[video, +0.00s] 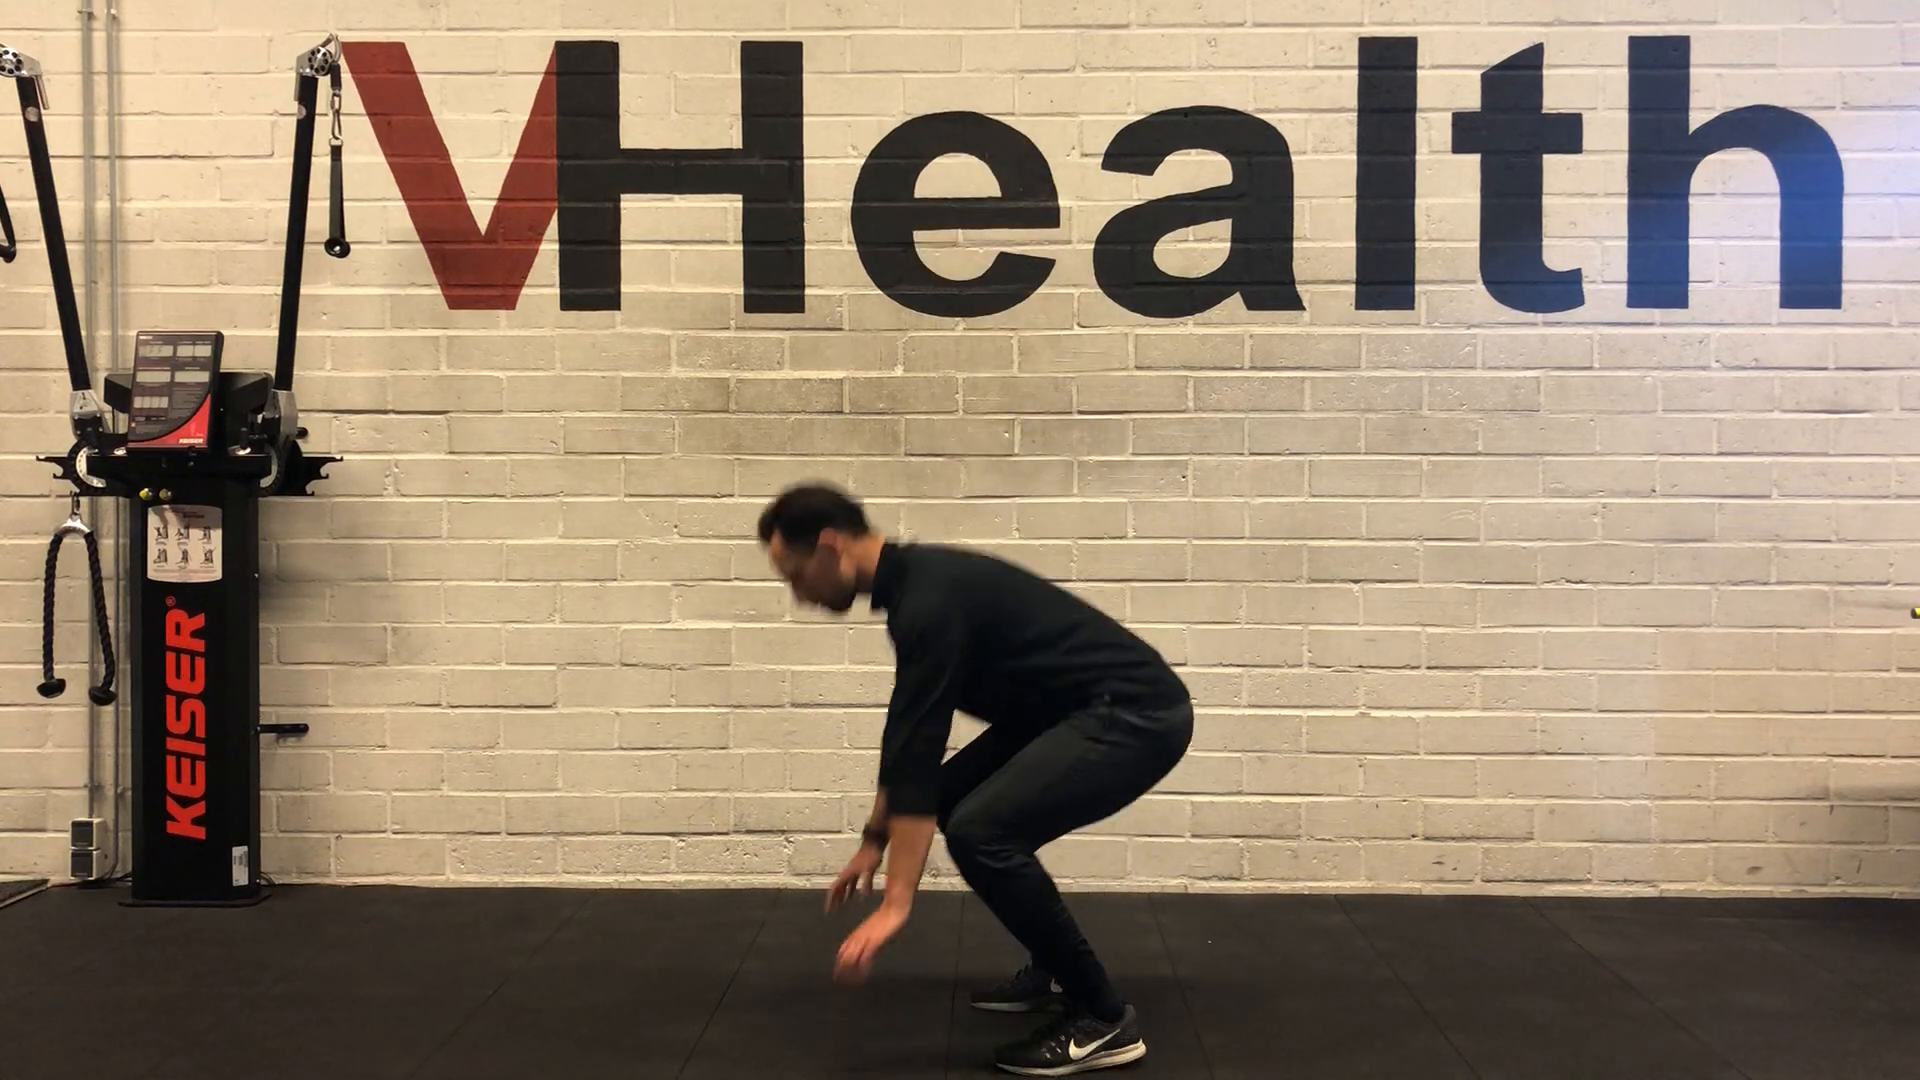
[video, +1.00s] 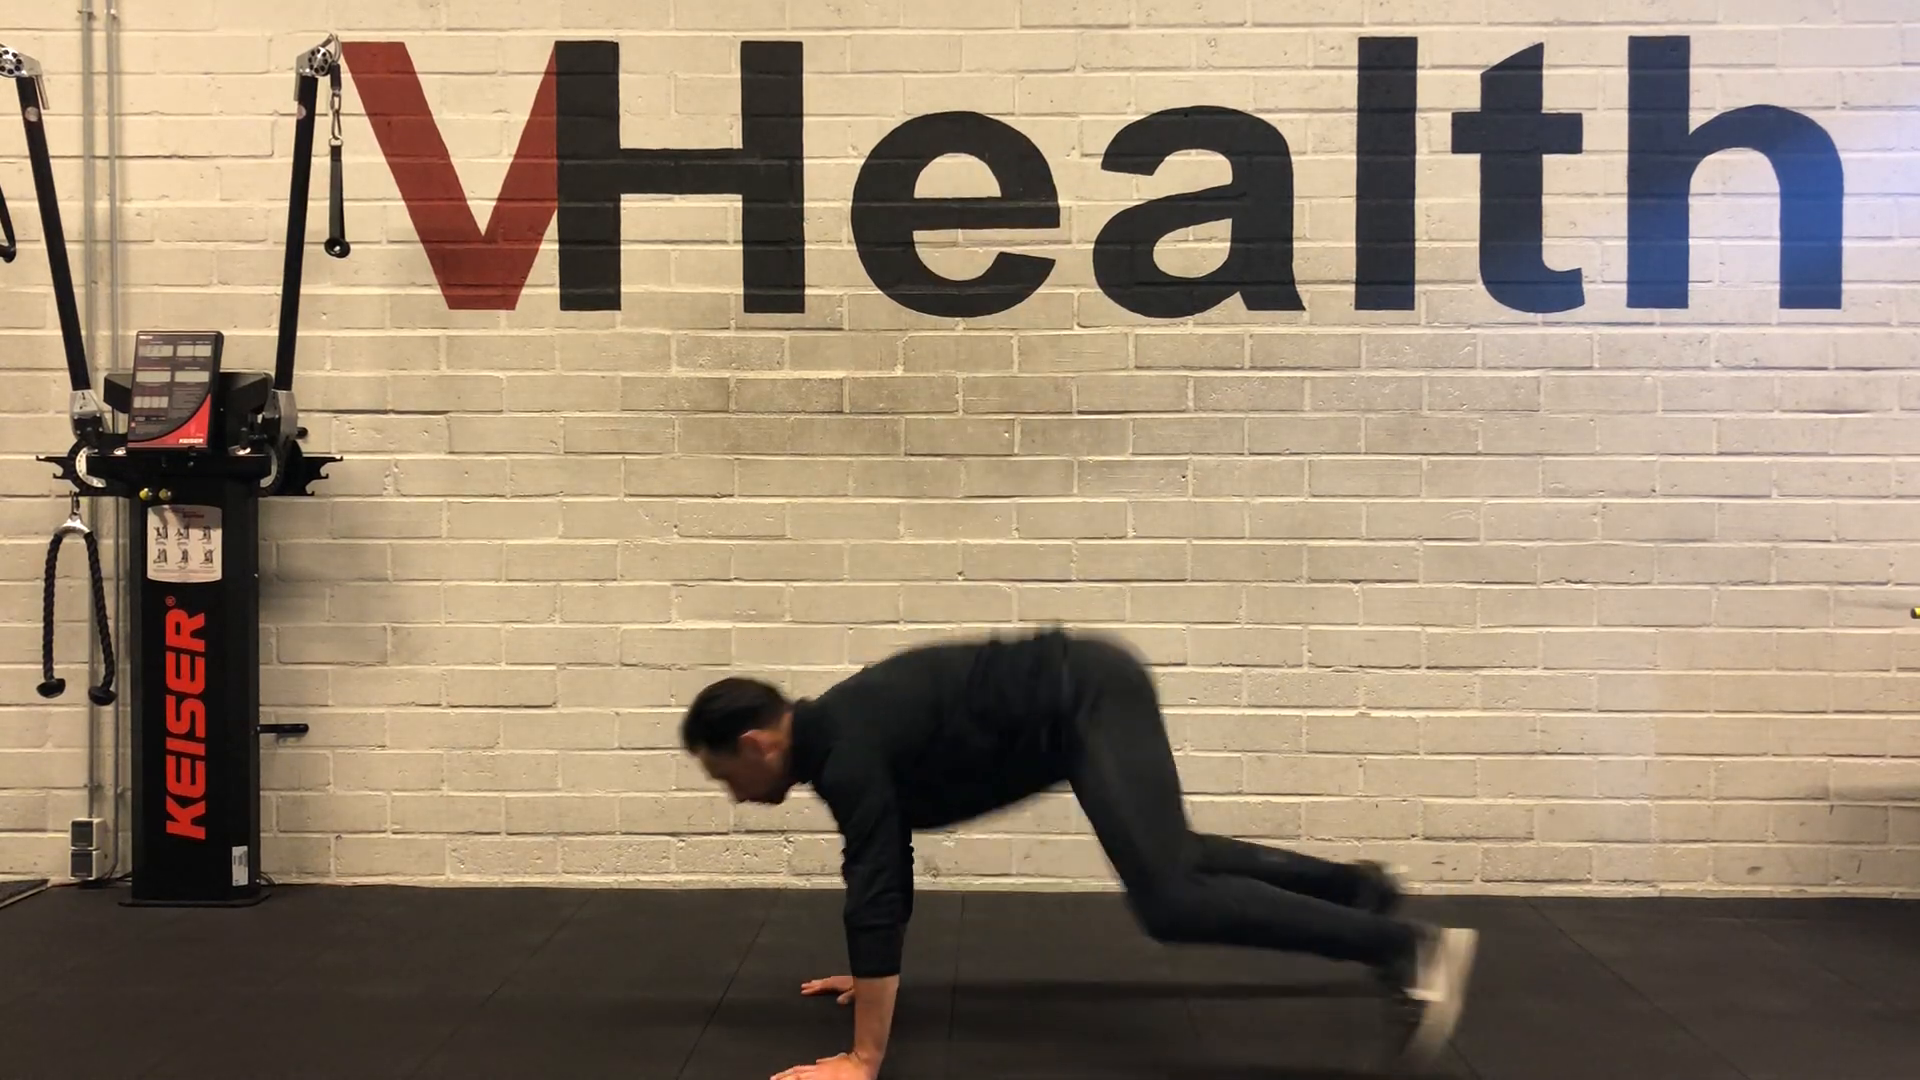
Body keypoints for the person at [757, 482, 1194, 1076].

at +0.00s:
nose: (796, 595)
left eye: (794, 575)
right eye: (788, 581)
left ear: (832, 544)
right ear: (837, 542)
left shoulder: (928, 600)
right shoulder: (911, 585)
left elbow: (915, 758)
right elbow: (908, 733)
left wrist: (897, 903)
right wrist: (872, 840)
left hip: (1133, 714)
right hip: (1078, 706)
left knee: (980, 833)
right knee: (949, 800)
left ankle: (1105, 1017)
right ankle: (1052, 964)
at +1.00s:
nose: (724, 790)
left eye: (722, 773)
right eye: (716, 776)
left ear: (758, 742)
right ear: (763, 731)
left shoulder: (849, 752)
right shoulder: (837, 732)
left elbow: (880, 896)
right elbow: (873, 866)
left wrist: (864, 1057)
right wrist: (866, 966)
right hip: (1083, 697)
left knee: (1165, 904)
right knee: (1171, 864)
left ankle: (1409, 948)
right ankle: (1364, 891)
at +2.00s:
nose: (944, 232)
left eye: (955, 216)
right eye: (943, 217)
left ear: (1012, 218)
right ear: (1009, 223)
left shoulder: (1052, 323)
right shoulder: (1016, 316)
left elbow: (1077, 477)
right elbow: (1032, 468)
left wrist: (1083, 616)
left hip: (1023, 602)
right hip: (997, 596)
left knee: (1047, 807)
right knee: (1032, 794)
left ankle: (1084, 1036)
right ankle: (1055, 958)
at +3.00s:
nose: (782, 773)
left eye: (774, 755)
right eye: (769, 760)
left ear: (807, 720)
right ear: (814, 709)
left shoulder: (894, 732)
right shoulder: (878, 701)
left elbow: (893, 891)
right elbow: (889, 862)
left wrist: (858, 1049)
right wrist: (869, 969)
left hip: (1116, 634)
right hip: (1093, 626)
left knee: (1014, 818)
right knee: (1009, 801)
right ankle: (1105, 942)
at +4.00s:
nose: (793, 703)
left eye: (790, 685)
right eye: (784, 689)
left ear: (828, 655)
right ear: (832, 651)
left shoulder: (909, 697)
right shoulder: (898, 671)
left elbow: (884, 855)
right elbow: (885, 826)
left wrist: (832, 1010)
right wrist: (845, 919)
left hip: (1159, 699)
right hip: (1131, 680)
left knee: (1003, 817)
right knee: (992, 795)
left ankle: (1088, 1035)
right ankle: (1039, 949)